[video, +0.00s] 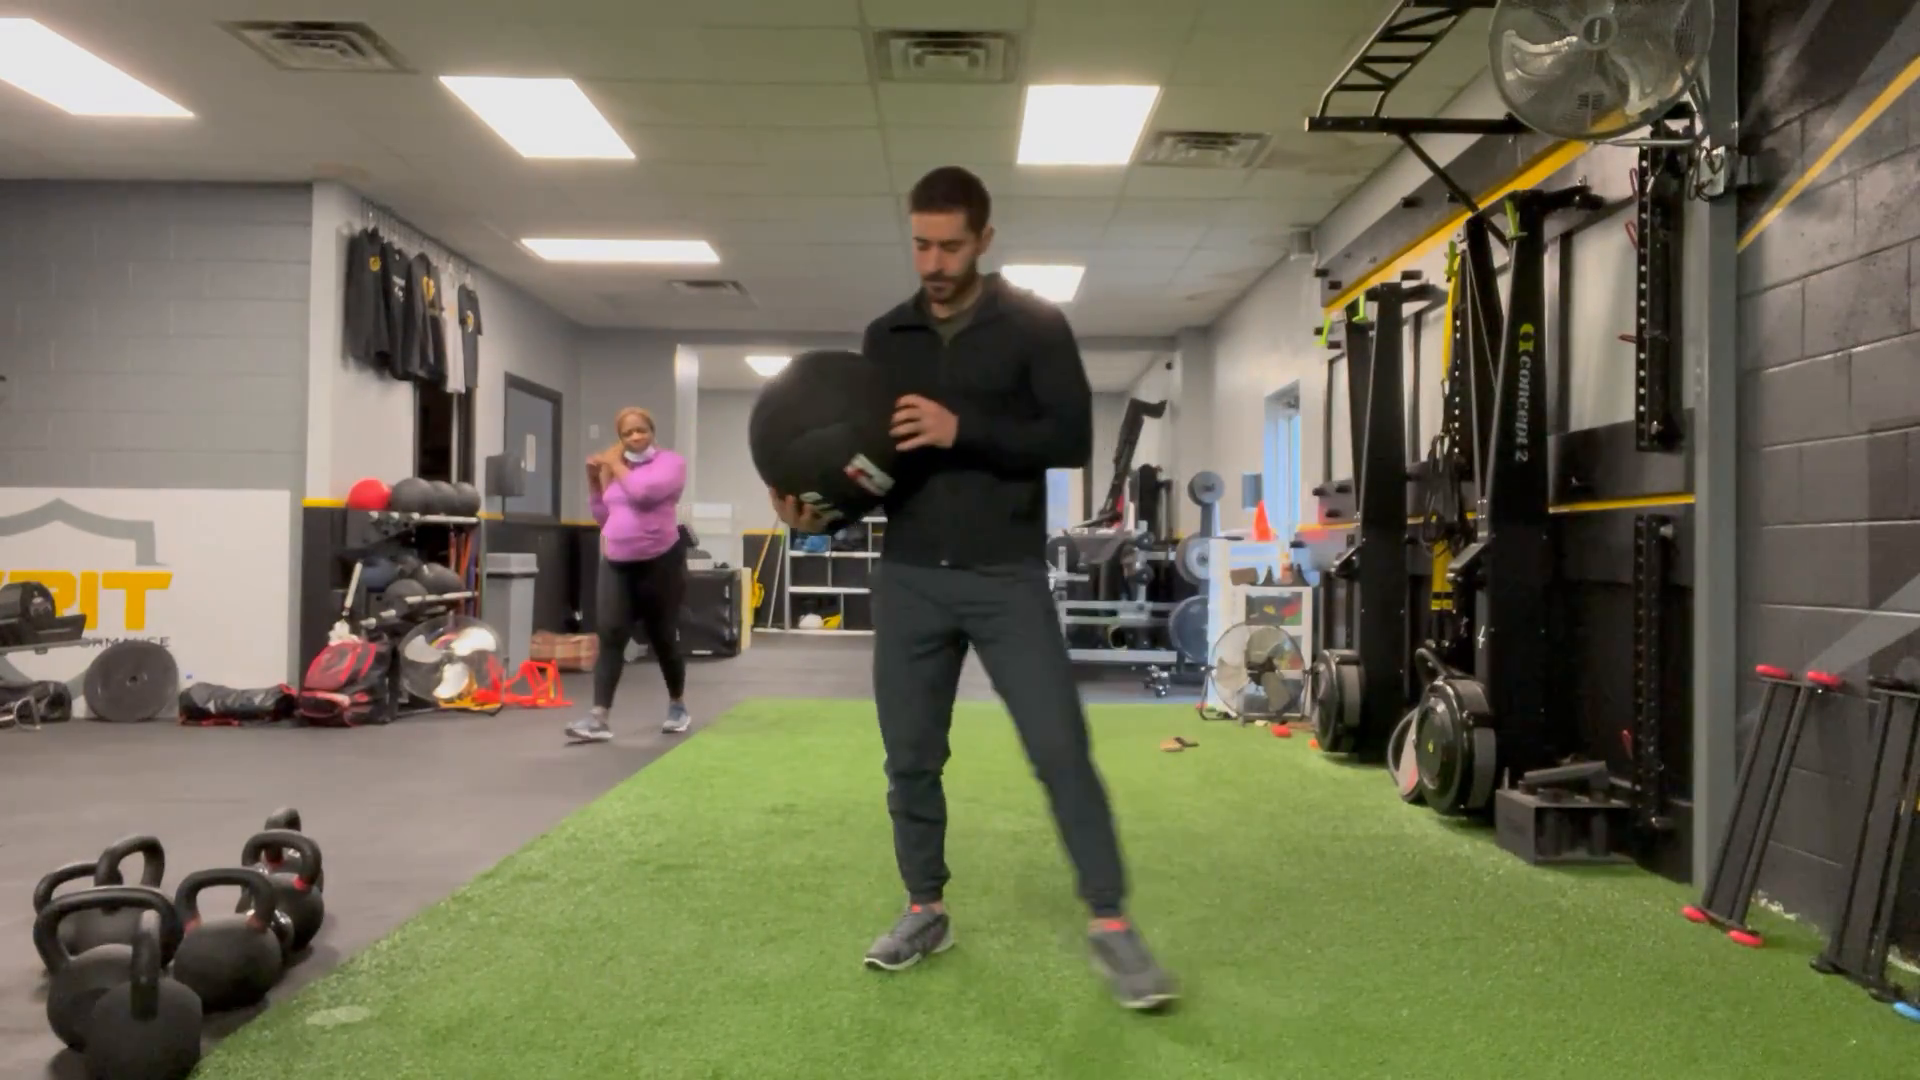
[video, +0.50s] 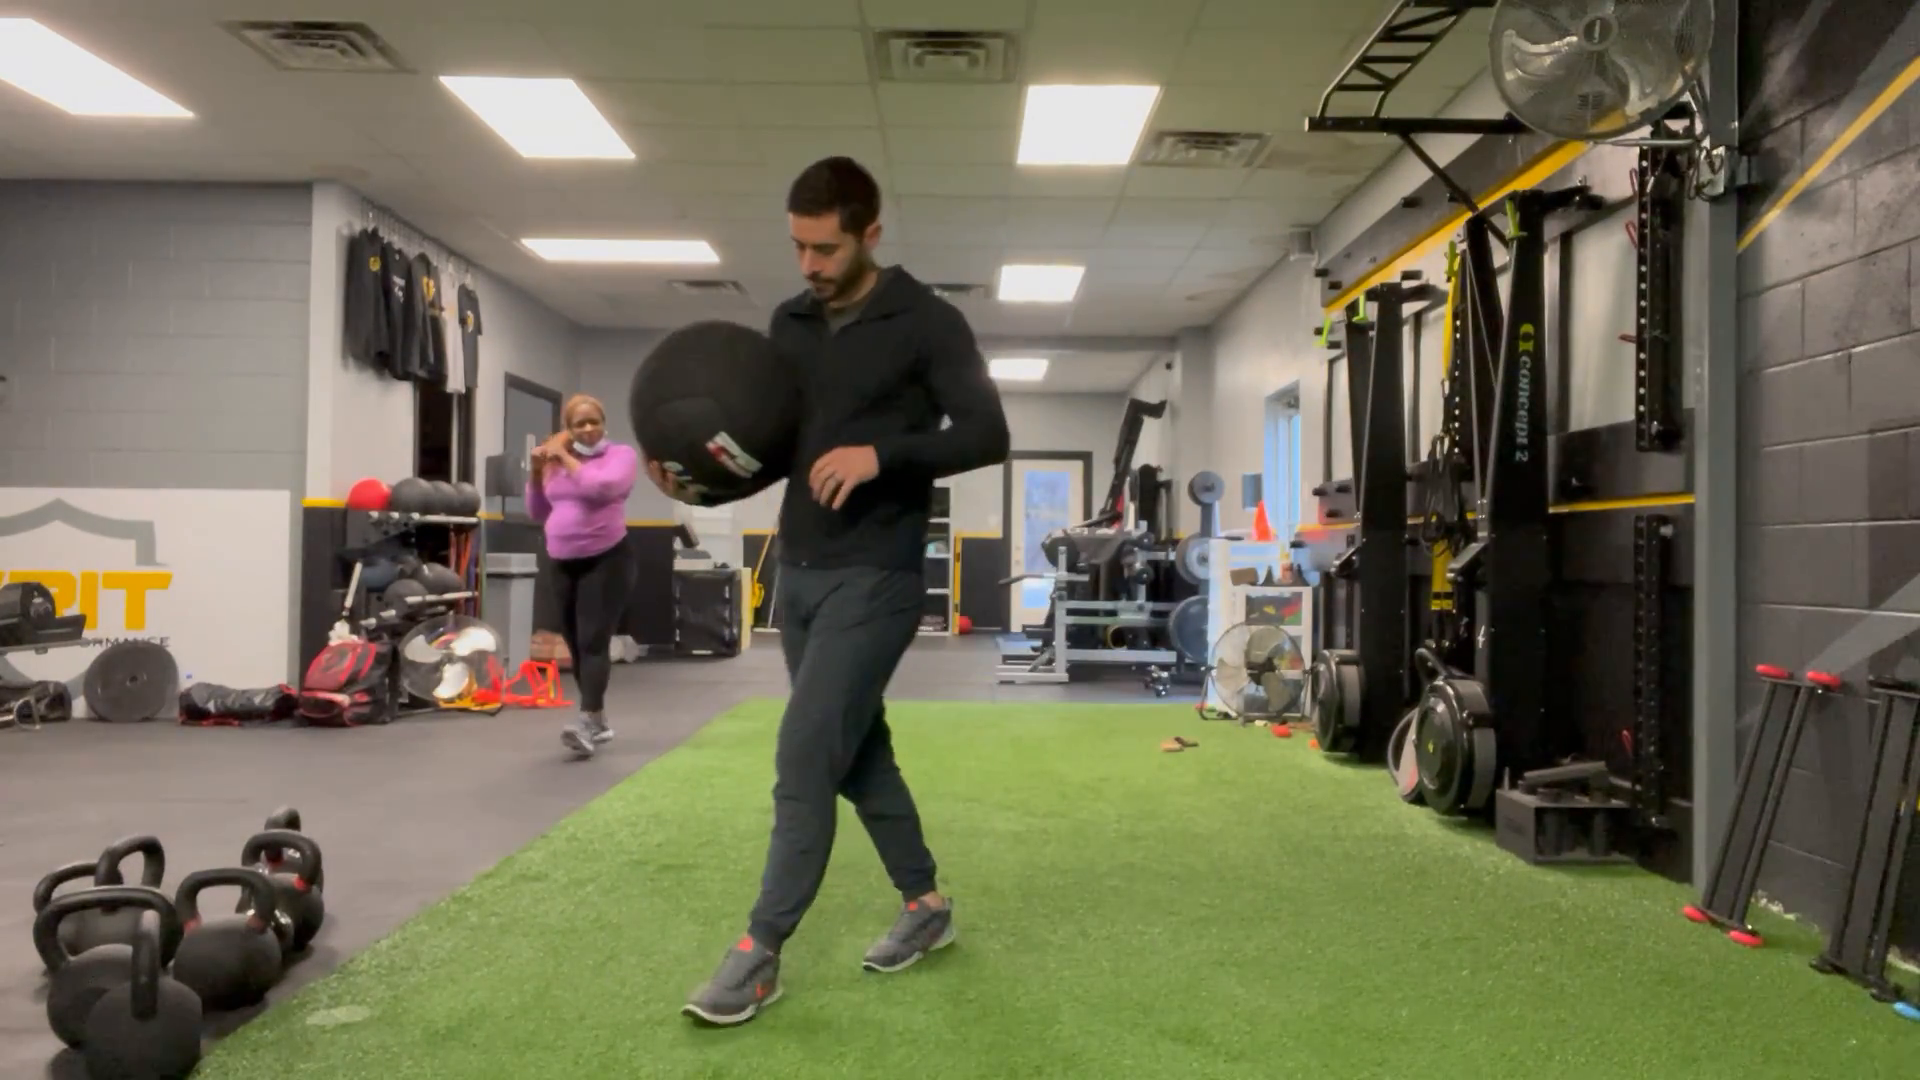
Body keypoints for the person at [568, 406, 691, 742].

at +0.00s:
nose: (635, 437)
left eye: (641, 430)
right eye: (628, 433)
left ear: (652, 433)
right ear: (620, 438)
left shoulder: (671, 463)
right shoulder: (613, 466)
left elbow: (643, 494)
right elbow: (601, 516)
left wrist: (615, 464)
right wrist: (595, 481)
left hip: (660, 558)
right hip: (617, 560)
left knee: (662, 635)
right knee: (610, 634)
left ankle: (677, 707)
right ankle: (599, 716)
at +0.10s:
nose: (624, 435)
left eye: (629, 429)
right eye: (616, 432)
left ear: (640, 431)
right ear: (606, 439)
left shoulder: (658, 461)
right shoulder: (599, 466)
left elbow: (632, 493)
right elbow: (585, 517)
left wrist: (602, 463)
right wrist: (579, 478)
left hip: (647, 560)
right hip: (602, 563)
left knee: (650, 637)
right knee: (599, 636)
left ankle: (673, 698)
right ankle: (597, 717)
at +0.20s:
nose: (613, 432)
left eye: (619, 426)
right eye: (605, 428)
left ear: (628, 428)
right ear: (595, 435)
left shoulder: (646, 458)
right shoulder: (585, 463)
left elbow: (623, 491)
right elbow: (569, 516)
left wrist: (591, 459)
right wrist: (564, 477)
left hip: (633, 558)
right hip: (589, 561)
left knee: (628, 634)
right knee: (592, 638)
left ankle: (657, 688)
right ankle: (597, 718)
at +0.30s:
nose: (604, 429)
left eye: (610, 422)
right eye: (597, 424)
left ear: (620, 425)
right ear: (586, 430)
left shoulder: (637, 455)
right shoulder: (573, 460)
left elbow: (616, 486)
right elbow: (558, 513)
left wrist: (582, 458)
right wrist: (555, 473)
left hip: (624, 555)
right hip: (579, 558)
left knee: (610, 628)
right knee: (586, 637)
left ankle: (629, 701)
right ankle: (595, 717)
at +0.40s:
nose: (596, 428)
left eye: (602, 421)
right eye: (589, 423)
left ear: (612, 424)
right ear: (577, 429)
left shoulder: (629, 455)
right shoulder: (565, 459)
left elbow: (607, 487)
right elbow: (547, 513)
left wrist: (572, 457)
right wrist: (546, 472)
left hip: (614, 555)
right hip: (571, 559)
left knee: (598, 630)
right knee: (580, 637)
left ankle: (604, 717)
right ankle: (591, 716)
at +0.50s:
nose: (588, 429)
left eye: (593, 422)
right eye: (580, 424)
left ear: (604, 424)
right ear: (568, 429)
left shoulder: (621, 455)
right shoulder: (555, 460)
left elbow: (600, 489)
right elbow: (538, 514)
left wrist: (565, 457)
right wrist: (537, 473)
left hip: (606, 557)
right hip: (564, 562)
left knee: (593, 638)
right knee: (576, 641)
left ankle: (588, 721)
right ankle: (597, 719)